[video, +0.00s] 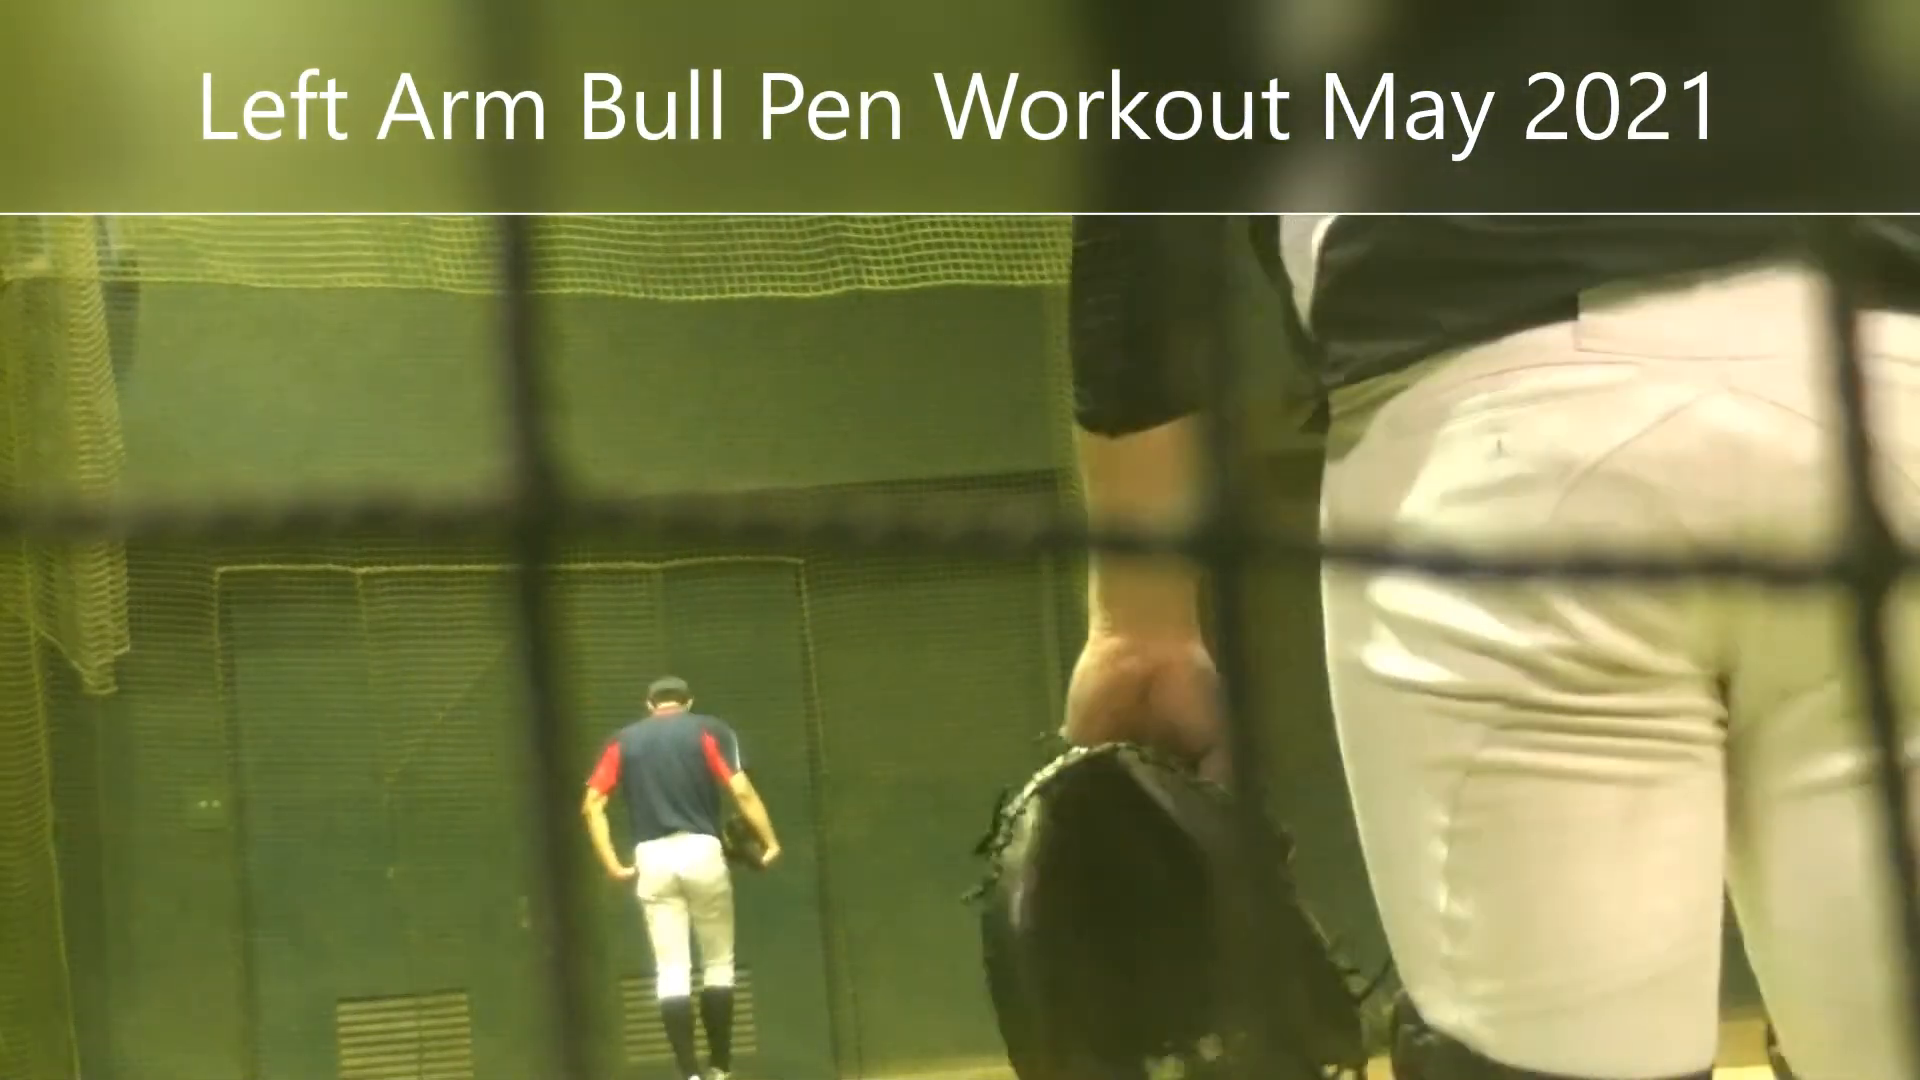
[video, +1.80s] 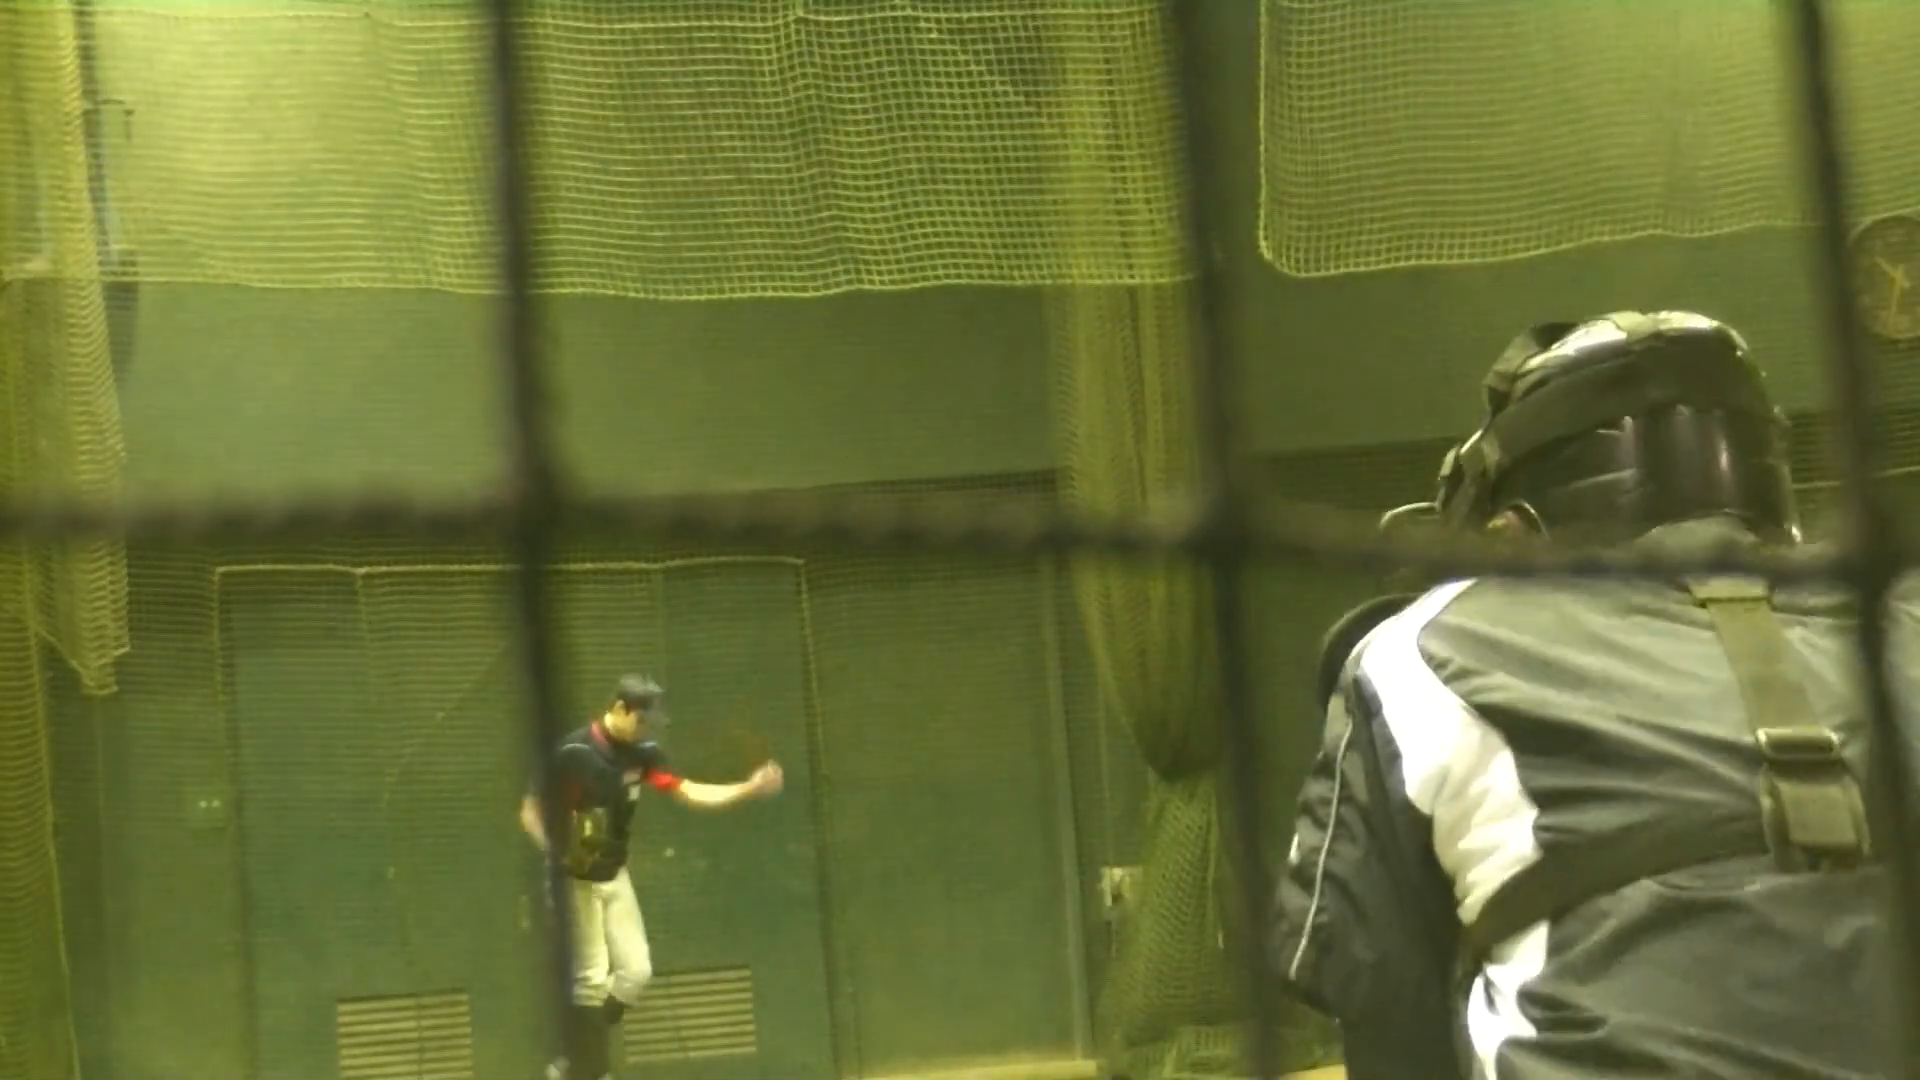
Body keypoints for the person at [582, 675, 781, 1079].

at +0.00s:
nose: (670, 708)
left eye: (662, 701)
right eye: (680, 701)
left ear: (650, 705)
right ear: (688, 702)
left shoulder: (625, 740)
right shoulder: (709, 731)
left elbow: (592, 803)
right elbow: (742, 792)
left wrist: (613, 866)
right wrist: (770, 842)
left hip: (653, 857)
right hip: (702, 851)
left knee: (671, 968)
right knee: (718, 961)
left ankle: (687, 1070)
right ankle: (720, 1066)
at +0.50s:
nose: (698, 704)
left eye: (674, 697)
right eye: (701, 698)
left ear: (666, 698)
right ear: (703, 699)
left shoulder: (634, 733)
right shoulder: (719, 733)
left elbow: (598, 794)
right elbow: (745, 799)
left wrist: (609, 860)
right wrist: (766, 852)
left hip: (646, 857)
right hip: (697, 856)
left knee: (647, 958)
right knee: (713, 959)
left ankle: (633, 1057)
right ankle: (715, 1068)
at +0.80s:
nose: (687, 717)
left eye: (687, 711)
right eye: (688, 711)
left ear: (649, 700)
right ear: (679, 703)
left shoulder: (611, 737)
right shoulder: (677, 732)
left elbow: (580, 802)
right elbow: (694, 791)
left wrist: (607, 846)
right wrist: (738, 835)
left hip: (614, 862)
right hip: (659, 860)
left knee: (634, 968)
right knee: (694, 961)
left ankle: (614, 1072)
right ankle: (712, 1067)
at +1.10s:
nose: (660, 718)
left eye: (663, 712)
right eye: (662, 711)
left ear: (633, 695)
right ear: (650, 697)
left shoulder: (597, 732)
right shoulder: (633, 730)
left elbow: (612, 804)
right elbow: (630, 799)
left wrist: (666, 838)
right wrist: (671, 840)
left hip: (589, 858)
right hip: (621, 857)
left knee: (614, 970)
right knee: (667, 959)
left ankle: (605, 1072)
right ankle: (671, 1067)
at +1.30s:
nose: (651, 718)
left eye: (654, 711)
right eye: (652, 709)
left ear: (630, 696)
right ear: (637, 697)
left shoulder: (599, 731)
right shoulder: (613, 734)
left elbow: (626, 785)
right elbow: (601, 807)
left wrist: (682, 792)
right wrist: (646, 851)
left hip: (589, 859)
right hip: (607, 859)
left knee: (615, 968)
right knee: (640, 962)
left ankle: (601, 1066)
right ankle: (620, 1067)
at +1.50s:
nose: (647, 718)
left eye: (650, 710)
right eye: (646, 708)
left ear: (629, 701)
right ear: (626, 698)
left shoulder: (612, 739)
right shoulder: (598, 739)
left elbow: (653, 755)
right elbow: (572, 808)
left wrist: (708, 735)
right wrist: (616, 855)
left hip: (619, 868)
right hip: (595, 867)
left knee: (625, 975)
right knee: (617, 975)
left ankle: (607, 1069)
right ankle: (600, 1070)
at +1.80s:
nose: (645, 726)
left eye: (648, 718)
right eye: (640, 717)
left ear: (644, 717)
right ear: (618, 710)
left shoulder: (640, 755)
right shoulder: (572, 754)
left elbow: (690, 793)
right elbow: (530, 810)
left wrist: (750, 787)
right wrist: (556, 851)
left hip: (615, 879)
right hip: (573, 882)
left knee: (635, 972)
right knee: (589, 982)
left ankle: (572, 1056)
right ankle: (586, 1067)